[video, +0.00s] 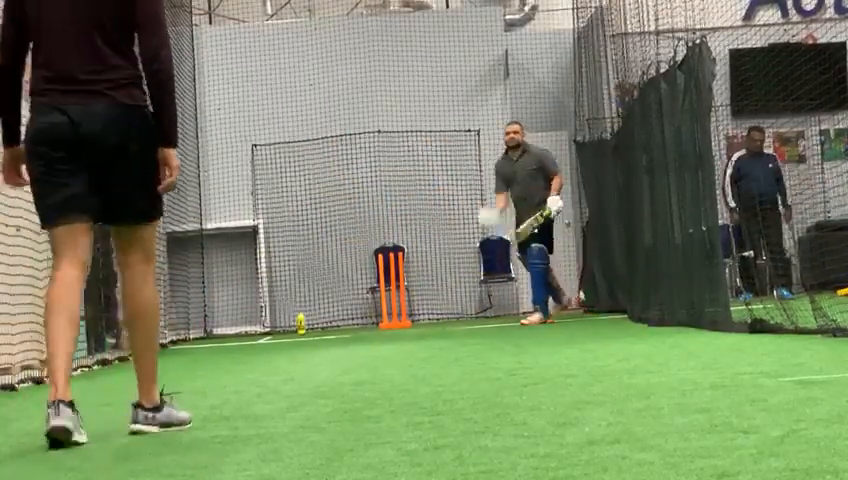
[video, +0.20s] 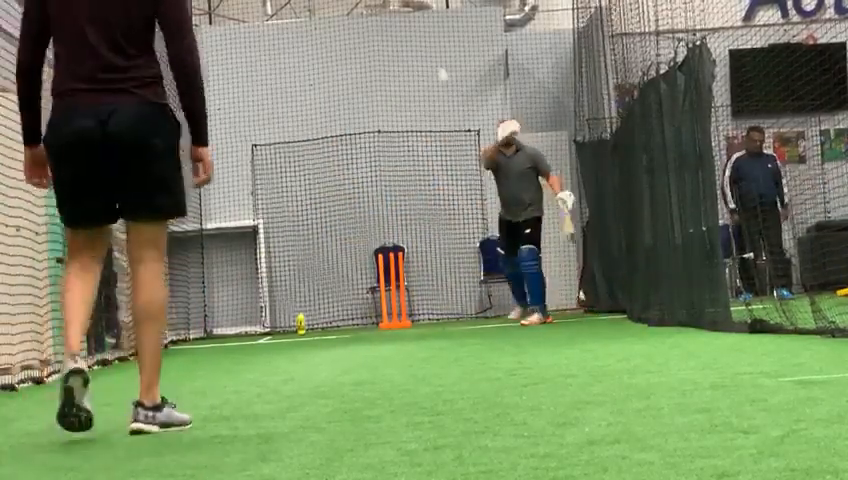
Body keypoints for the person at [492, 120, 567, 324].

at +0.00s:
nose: (511, 137)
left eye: (515, 133)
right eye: (507, 134)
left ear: (523, 135)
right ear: (504, 137)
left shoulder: (539, 155)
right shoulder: (502, 165)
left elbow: (557, 177)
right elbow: (502, 194)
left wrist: (553, 197)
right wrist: (496, 212)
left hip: (542, 213)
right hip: (522, 216)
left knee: (539, 258)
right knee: (526, 257)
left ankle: (540, 309)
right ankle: (560, 297)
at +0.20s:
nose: (509, 142)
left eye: (511, 138)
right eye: (505, 139)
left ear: (515, 136)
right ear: (499, 138)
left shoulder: (531, 154)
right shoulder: (495, 156)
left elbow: (550, 176)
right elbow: (486, 162)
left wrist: (559, 193)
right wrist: (492, 150)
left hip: (530, 216)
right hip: (508, 217)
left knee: (529, 261)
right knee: (509, 263)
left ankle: (538, 310)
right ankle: (521, 304)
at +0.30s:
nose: (498, 133)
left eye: (501, 129)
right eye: (495, 130)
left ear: (512, 133)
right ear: (492, 135)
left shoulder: (526, 154)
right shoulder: (490, 155)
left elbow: (543, 177)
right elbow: (483, 160)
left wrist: (558, 196)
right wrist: (496, 144)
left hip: (524, 217)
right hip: (500, 217)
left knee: (527, 261)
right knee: (497, 263)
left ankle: (539, 311)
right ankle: (500, 308)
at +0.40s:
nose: (495, 133)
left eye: (499, 129)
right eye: (492, 130)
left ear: (506, 133)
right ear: (486, 134)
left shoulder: (519, 154)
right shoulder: (482, 155)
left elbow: (537, 180)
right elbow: (478, 167)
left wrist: (555, 201)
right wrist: (496, 154)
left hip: (518, 217)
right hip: (493, 217)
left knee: (523, 260)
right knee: (482, 260)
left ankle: (539, 311)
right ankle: (481, 312)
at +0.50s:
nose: (488, 135)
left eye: (492, 132)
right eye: (485, 132)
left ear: (498, 136)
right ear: (479, 137)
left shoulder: (512, 156)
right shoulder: (474, 160)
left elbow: (531, 182)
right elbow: (469, 184)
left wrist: (549, 202)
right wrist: (488, 181)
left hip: (511, 219)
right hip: (485, 221)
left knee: (518, 262)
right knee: (473, 261)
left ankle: (539, 311)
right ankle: (472, 316)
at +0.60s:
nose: (477, 138)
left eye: (481, 134)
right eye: (474, 135)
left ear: (488, 137)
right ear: (470, 139)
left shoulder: (503, 158)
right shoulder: (464, 165)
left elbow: (523, 184)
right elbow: (461, 194)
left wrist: (542, 204)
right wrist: (476, 209)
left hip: (503, 221)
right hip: (476, 223)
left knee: (511, 263)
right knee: (466, 263)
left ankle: (538, 311)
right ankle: (472, 317)